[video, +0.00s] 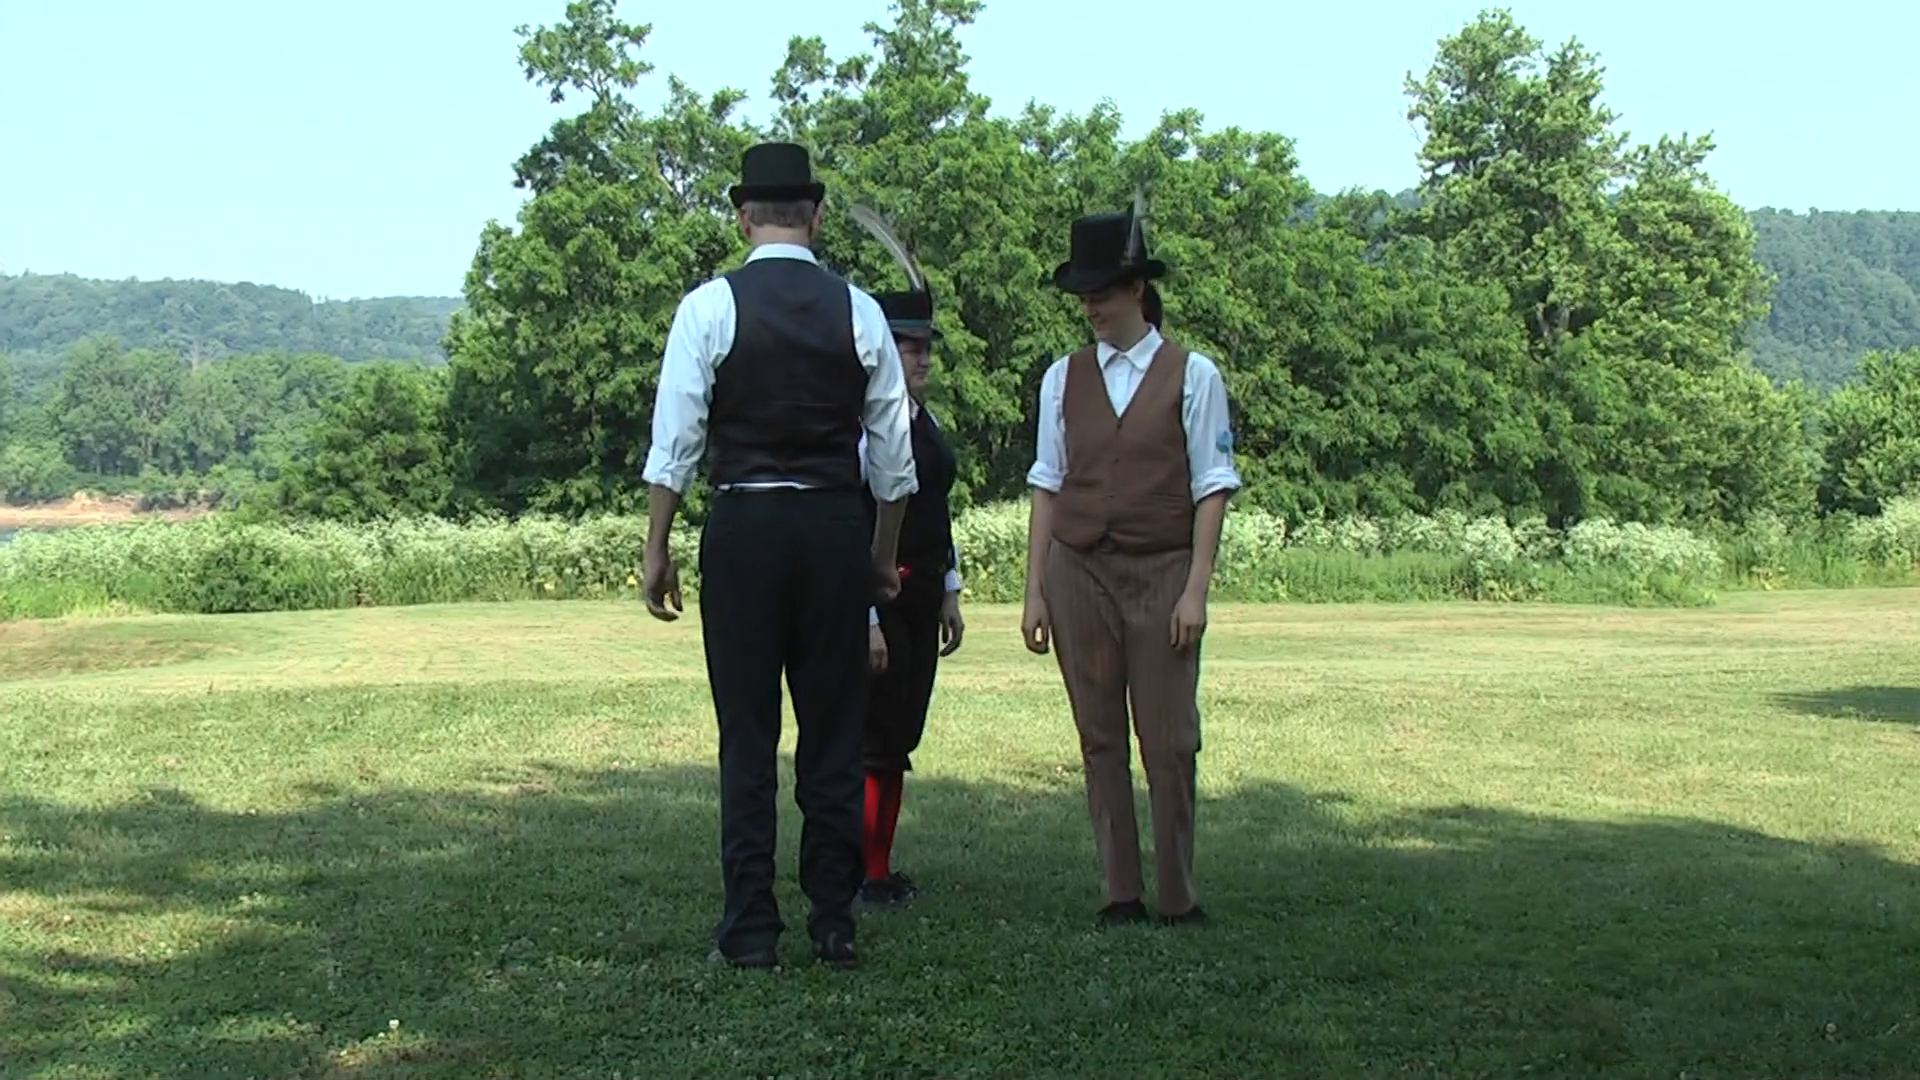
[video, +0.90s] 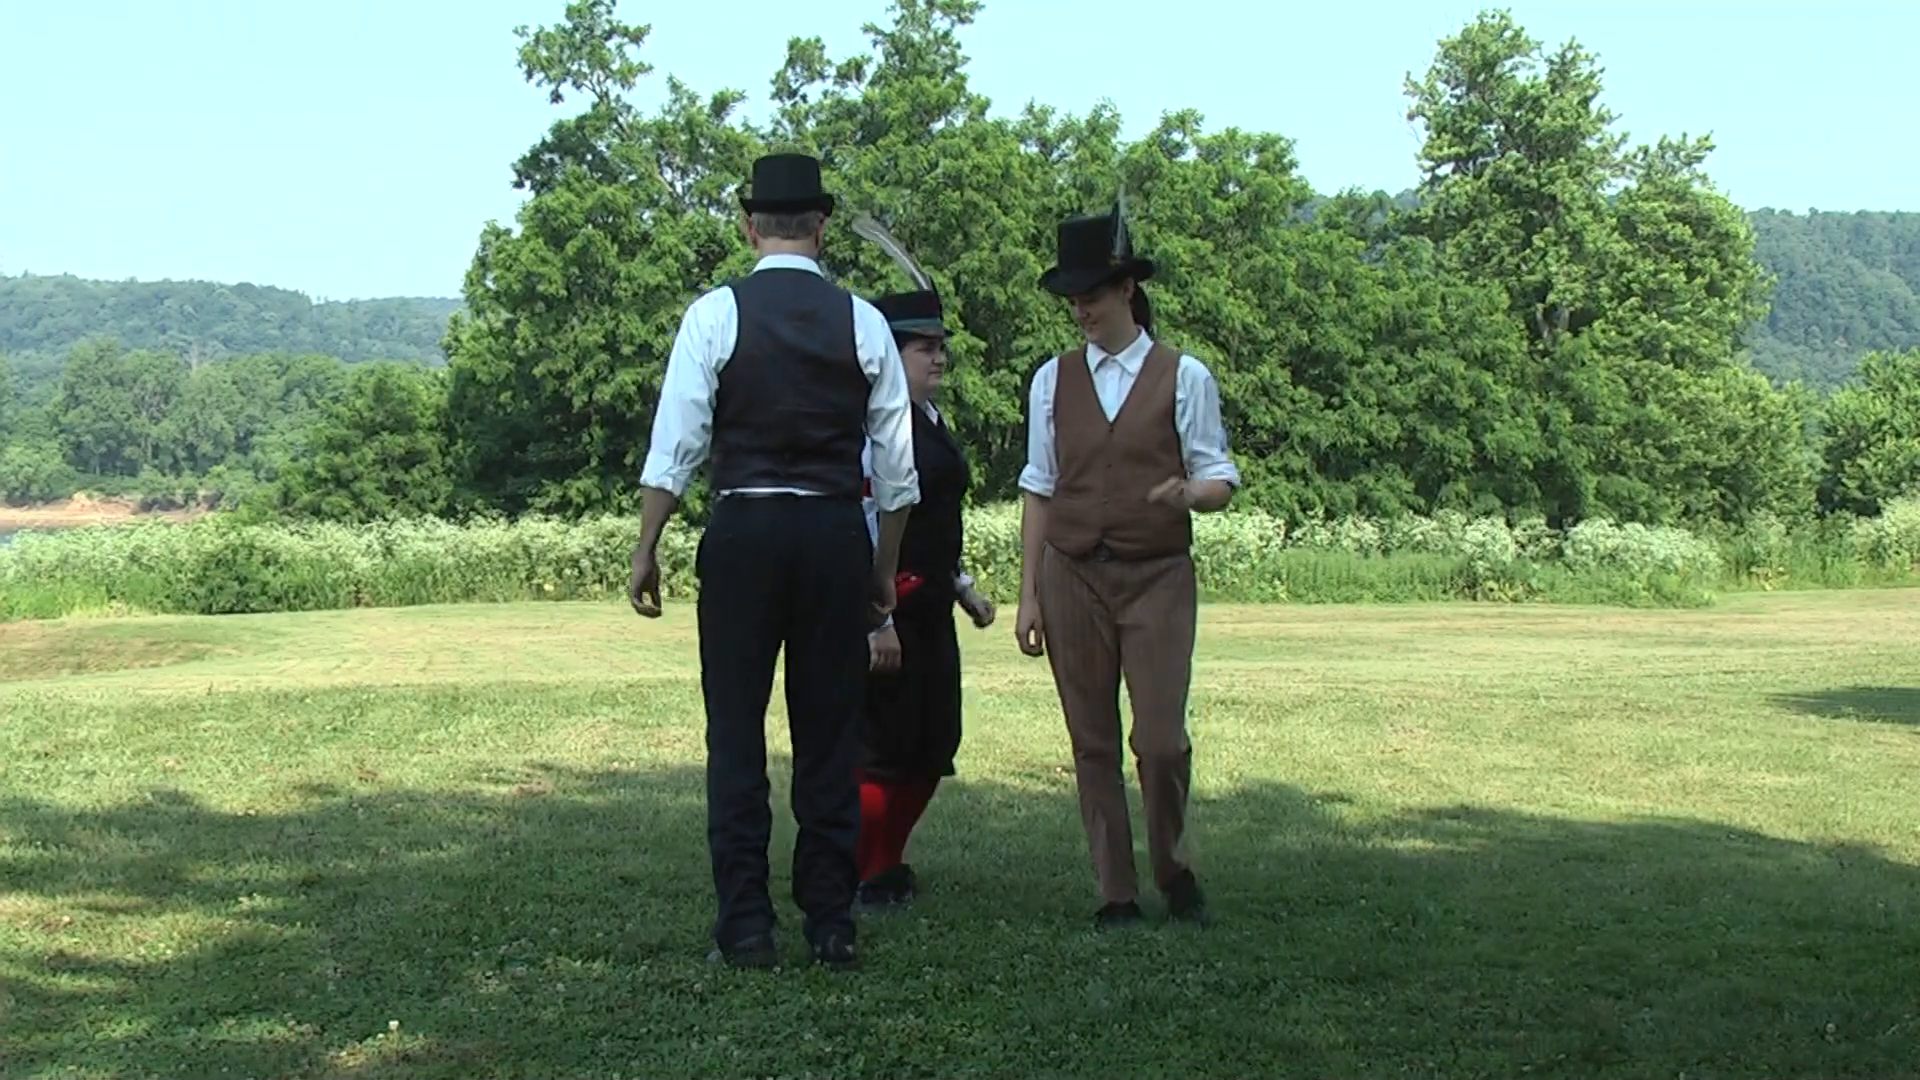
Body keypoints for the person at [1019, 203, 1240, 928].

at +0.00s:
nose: (1092, 306)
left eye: (1104, 292)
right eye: (1084, 296)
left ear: (1140, 289)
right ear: (1077, 299)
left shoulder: (1193, 374)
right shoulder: (1061, 379)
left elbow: (1213, 488)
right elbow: (1044, 488)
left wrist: (1196, 588)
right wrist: (1034, 588)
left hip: (1164, 577)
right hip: (1076, 576)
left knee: (1169, 746)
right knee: (1100, 744)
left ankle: (1177, 898)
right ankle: (1121, 896)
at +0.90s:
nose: (1082, 309)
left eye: (1094, 295)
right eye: (1074, 299)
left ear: (1130, 290)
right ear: (1068, 303)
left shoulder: (1184, 376)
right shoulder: (1051, 380)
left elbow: (1221, 482)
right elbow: (1037, 492)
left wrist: (1186, 491)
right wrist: (1028, 593)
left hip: (1158, 579)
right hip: (1070, 579)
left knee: (1161, 746)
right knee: (1094, 746)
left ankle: (1174, 872)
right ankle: (1116, 896)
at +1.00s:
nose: (1084, 312)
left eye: (1094, 298)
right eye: (1075, 302)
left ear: (1131, 290)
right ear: (1069, 306)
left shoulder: (1187, 372)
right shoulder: (1052, 380)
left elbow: (1230, 475)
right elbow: (1036, 491)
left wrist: (1197, 404)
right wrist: (1029, 592)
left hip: (1158, 574)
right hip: (1069, 574)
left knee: (1150, 732)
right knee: (1093, 743)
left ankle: (1161, 792)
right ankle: (1113, 896)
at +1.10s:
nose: (1083, 311)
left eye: (1096, 296)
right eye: (1074, 301)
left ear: (1132, 291)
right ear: (1068, 304)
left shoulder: (1178, 368)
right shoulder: (1050, 379)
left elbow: (1236, 420)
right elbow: (1037, 491)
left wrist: (1197, 328)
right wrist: (1028, 592)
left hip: (1156, 569)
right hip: (1069, 571)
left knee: (1131, 715)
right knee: (1091, 743)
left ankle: (1159, 769)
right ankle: (1114, 894)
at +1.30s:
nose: (1081, 308)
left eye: (1094, 293)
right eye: (1074, 295)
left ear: (1134, 291)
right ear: (1067, 297)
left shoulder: (1175, 363)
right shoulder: (1056, 371)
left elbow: (1215, 296)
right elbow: (1037, 485)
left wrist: (1192, 198)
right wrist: (1026, 586)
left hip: (1148, 577)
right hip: (1068, 578)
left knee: (1115, 749)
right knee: (1083, 751)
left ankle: (1142, 908)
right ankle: (1116, 899)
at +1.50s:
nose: (1066, 295)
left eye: (1077, 282)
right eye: (1063, 284)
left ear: (1117, 281)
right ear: (1071, 290)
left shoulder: (1147, 351)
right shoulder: (1063, 370)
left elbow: (1150, 263)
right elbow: (1044, 482)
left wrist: (1144, 152)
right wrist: (1018, 567)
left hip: (1136, 577)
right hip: (1061, 580)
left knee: (1119, 756)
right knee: (1019, 716)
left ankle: (1136, 916)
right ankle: (1112, 803)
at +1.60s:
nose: (1058, 262)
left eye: (1066, 250)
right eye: (1053, 252)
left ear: (1102, 244)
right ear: (1061, 256)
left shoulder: (1136, 311)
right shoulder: (1061, 329)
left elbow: (1124, 220)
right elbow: (1057, 437)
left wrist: (1102, 112)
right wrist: (1029, 530)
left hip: (1120, 536)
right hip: (1045, 533)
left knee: (1122, 715)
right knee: (1003, 672)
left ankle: (1147, 891)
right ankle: (1113, 739)